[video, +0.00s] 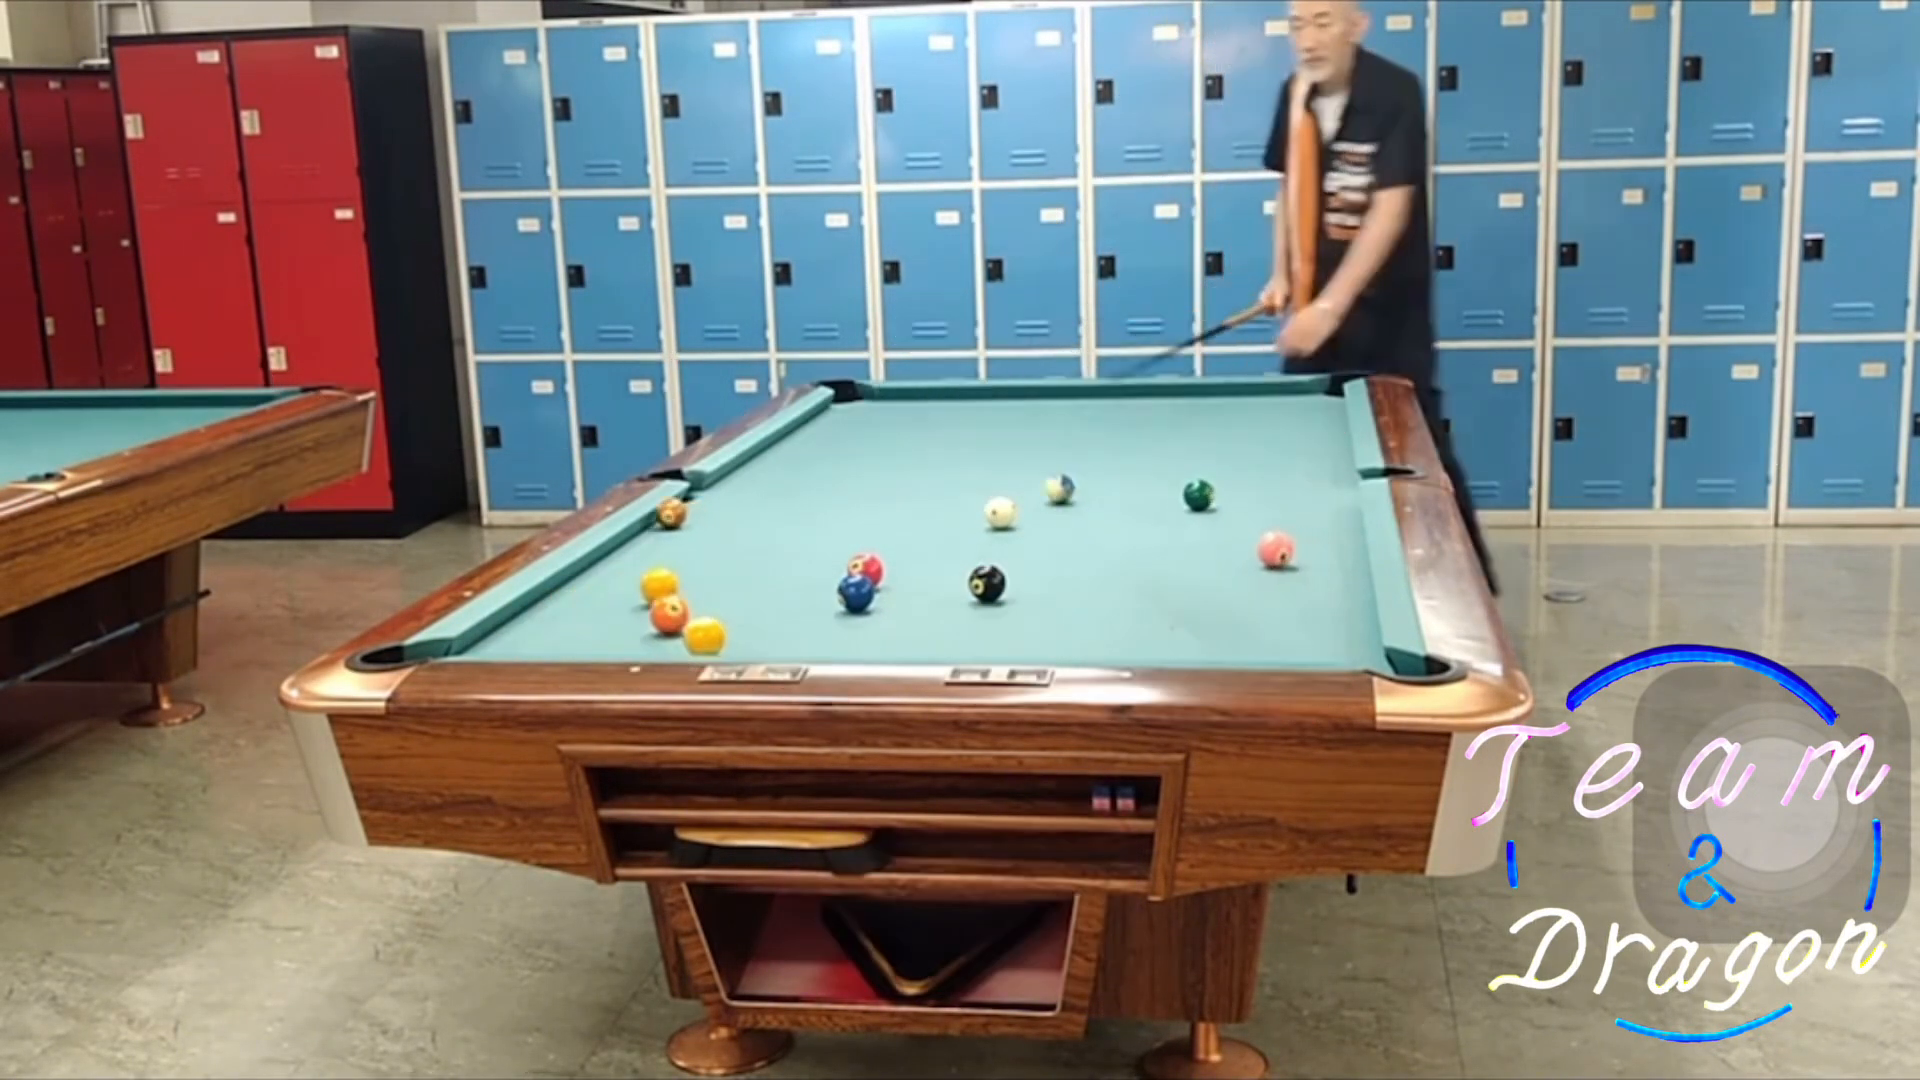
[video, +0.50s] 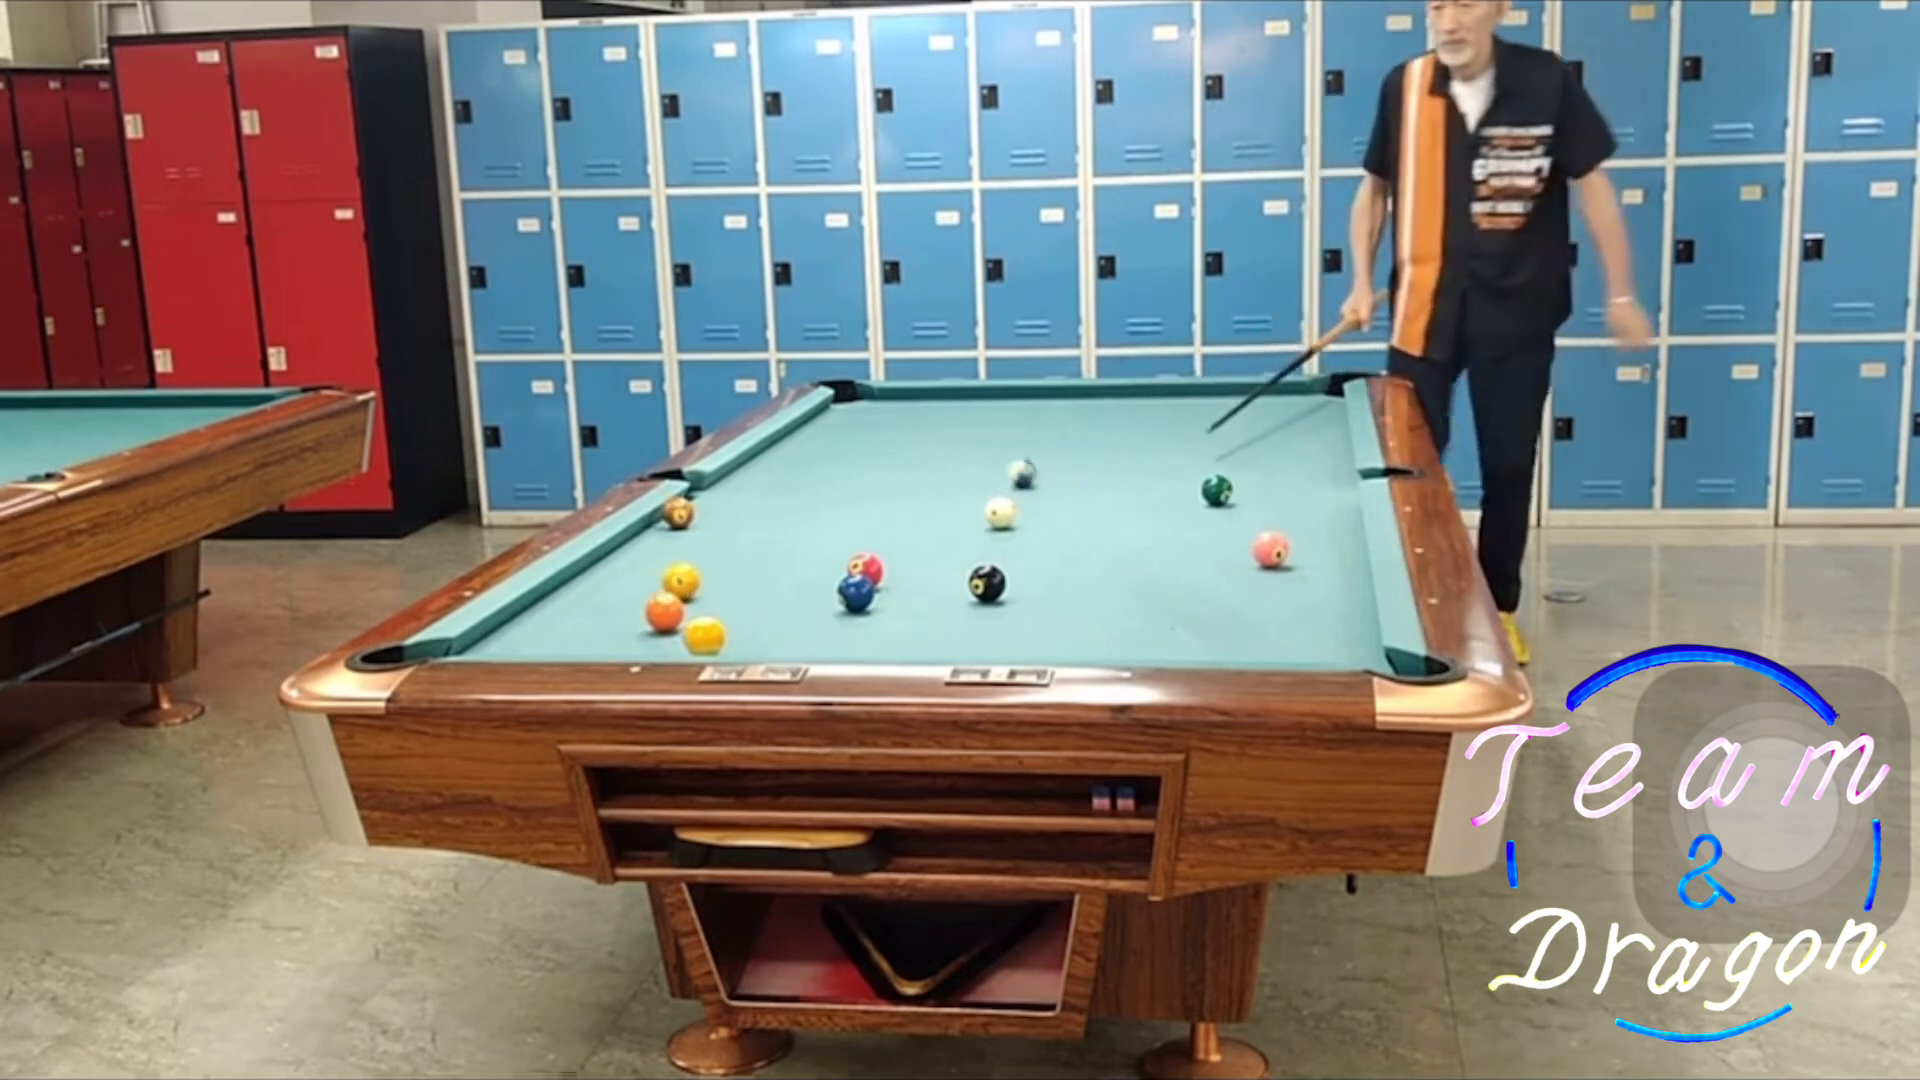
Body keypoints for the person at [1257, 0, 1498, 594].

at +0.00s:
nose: (1306, 39)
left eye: (1321, 23)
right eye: (1298, 24)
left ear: (1357, 25)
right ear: (1289, 28)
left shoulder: (1395, 90)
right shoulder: (1297, 91)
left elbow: (1391, 211)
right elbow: (1289, 188)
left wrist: (1329, 305)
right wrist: (1282, 273)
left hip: (1388, 306)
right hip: (1319, 306)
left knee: (1415, 448)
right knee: (1316, 452)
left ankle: (1467, 579)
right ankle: (1320, 577)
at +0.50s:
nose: (1447, 21)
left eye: (1465, 7)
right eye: (1437, 8)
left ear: (1500, 13)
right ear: (1427, 16)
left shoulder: (1549, 82)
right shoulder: (1406, 86)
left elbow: (1595, 190)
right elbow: (1374, 191)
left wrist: (1621, 296)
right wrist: (1362, 283)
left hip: (1516, 314)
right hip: (1426, 309)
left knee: (1509, 470)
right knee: (1410, 464)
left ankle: (1495, 613)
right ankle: (1399, 608)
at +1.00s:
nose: (1464, 24)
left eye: (1481, 8)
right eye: (1453, 10)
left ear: (1518, 11)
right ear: (1441, 17)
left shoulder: (1571, 82)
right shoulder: (1419, 95)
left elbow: (1605, 203)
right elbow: (1387, 207)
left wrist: (1612, 317)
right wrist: (1374, 309)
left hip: (1547, 338)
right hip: (1453, 338)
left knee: (1537, 491)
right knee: (1470, 499)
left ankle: (1510, 601)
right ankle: (1505, 652)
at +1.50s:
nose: (1393, 47)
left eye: (1406, 26)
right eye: (1381, 33)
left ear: (1454, 18)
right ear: (1374, 38)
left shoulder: (1515, 93)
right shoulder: (1407, 108)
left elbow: (1532, 235)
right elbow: (1424, 223)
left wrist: (1447, 338)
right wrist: (1408, 309)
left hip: (1512, 335)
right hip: (1444, 336)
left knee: (1494, 504)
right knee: (1447, 500)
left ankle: (1507, 658)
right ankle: (1454, 651)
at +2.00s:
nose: (1310, 131)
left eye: (1319, 109)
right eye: (1299, 116)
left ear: (1367, 89)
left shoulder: (1434, 141)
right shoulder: (1378, 142)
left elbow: (1393, 291)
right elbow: (1429, 235)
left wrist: (1316, 410)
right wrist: (1438, 325)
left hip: (1537, 337)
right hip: (1486, 338)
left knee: (1488, 502)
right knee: (1494, 503)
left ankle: (1525, 670)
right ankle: (1520, 666)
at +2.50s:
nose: (1301, 216)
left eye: (1307, 197)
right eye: (1293, 202)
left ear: (1357, 171)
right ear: (1354, 170)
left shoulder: (1425, 206)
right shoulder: (1395, 171)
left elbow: (1351, 356)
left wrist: (1253, 452)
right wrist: (1451, 318)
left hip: (1563, 355)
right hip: (1519, 353)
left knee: (1502, 536)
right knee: (1492, 525)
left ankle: (1521, 689)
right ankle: (1527, 668)